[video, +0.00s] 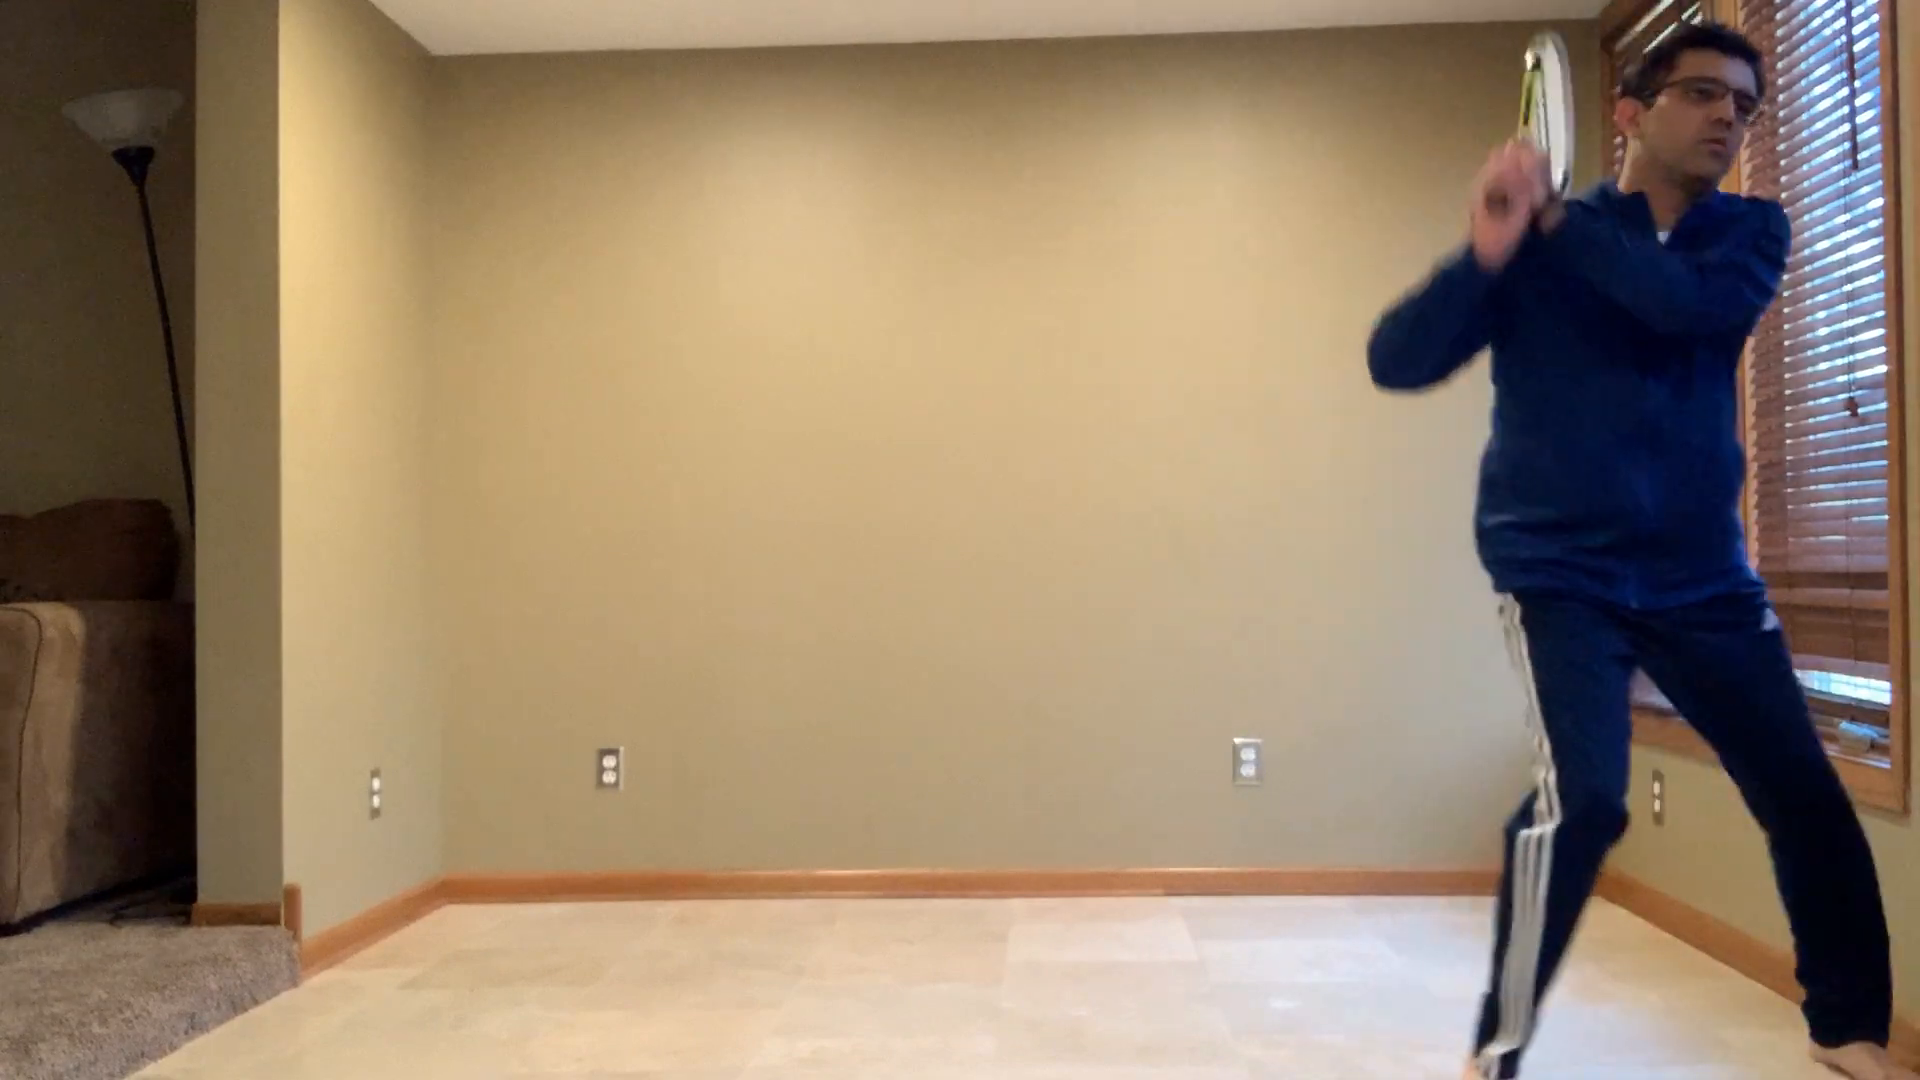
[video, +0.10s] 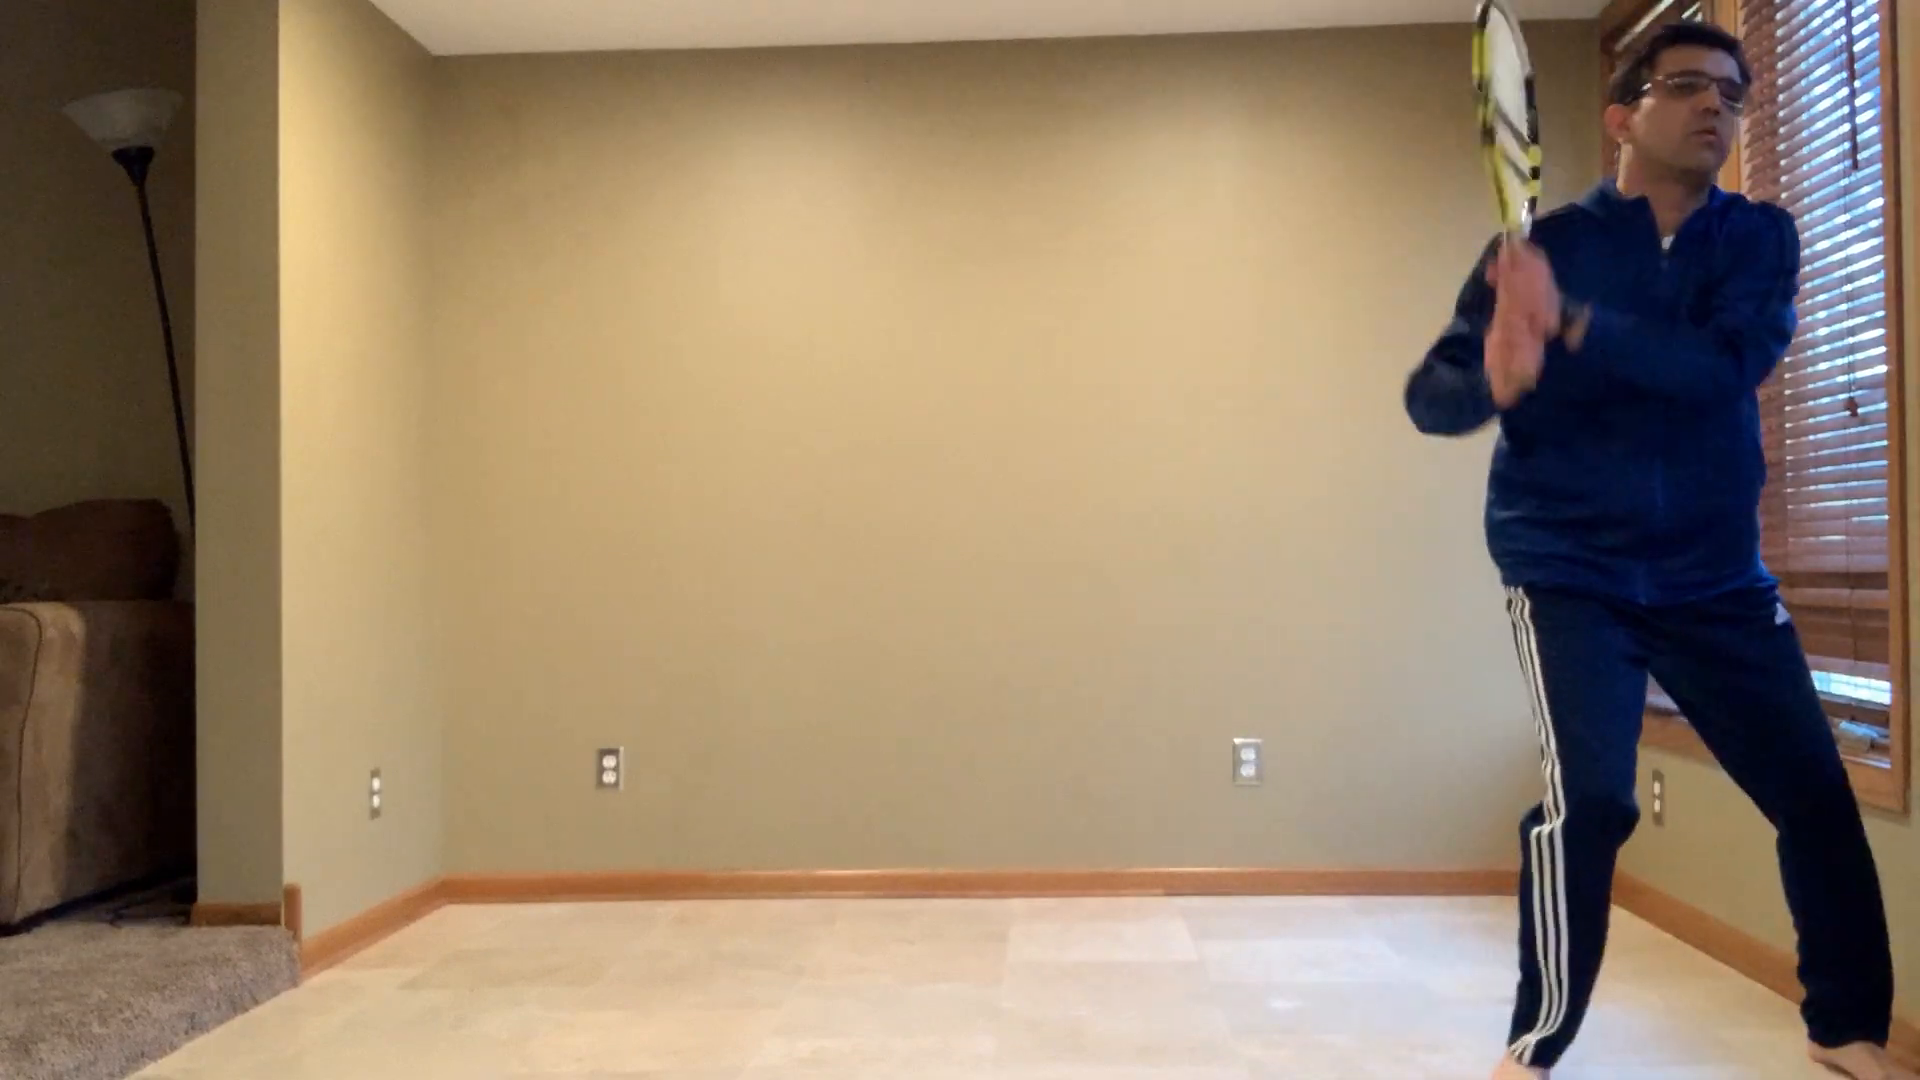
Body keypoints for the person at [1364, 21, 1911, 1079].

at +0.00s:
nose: (1727, 118)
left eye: (1741, 105)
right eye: (1702, 94)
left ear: (1746, 129)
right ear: (1630, 113)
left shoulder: (1746, 228)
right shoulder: (1545, 233)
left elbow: (1696, 310)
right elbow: (1397, 360)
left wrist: (1552, 217)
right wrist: (1484, 256)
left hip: (1698, 566)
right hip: (1557, 563)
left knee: (1806, 797)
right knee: (1584, 802)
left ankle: (1851, 1036)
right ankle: (1494, 1051)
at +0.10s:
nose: (1719, 107)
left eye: (1731, 94)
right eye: (1691, 89)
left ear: (1742, 122)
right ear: (1623, 116)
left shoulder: (1758, 233)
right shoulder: (1543, 246)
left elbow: (1728, 363)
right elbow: (1431, 396)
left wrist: (1578, 327)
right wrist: (1494, 380)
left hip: (1712, 568)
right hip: (1569, 568)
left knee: (1817, 794)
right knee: (1590, 800)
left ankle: (1847, 1035)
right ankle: (1532, 1049)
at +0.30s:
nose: (1562, 106)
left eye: (1585, 88)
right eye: (1537, 89)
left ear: (1613, 116)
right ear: (1492, 117)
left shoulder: (1666, 242)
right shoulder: (1439, 264)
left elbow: (1689, 400)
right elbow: (1378, 409)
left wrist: (1542, 412)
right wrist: (1433, 454)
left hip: (1663, 575)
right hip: (1514, 581)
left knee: (1765, 792)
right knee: (1501, 803)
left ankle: (1845, 1030)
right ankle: (1516, 979)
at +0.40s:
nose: (1461, 117)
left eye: (1483, 97)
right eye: (1436, 101)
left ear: (1514, 117)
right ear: (1399, 130)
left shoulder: (1578, 233)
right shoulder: (1358, 274)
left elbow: (1639, 390)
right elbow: (1312, 434)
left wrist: (1537, 433)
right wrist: (1411, 469)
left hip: (1587, 570)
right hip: (1445, 587)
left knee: (1706, 774)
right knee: (1462, 811)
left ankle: (1818, 1012)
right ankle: (1531, 1006)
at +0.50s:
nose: (1385, 124)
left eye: (1408, 104)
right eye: (1360, 106)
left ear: (1440, 127)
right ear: (1325, 134)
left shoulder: (1506, 238)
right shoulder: (1284, 280)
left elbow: (1570, 377)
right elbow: (1260, 449)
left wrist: (1509, 435)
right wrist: (1394, 480)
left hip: (1515, 556)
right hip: (1383, 579)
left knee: (1595, 759)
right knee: (1435, 805)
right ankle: (1533, 1001)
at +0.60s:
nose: (1317, 108)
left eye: (1339, 89)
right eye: (1293, 91)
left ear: (1373, 110)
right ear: (1260, 116)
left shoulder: (1437, 229)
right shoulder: (1216, 258)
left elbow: (1486, 373)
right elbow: (1197, 427)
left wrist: (1433, 439)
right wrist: (1328, 492)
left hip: (1427, 547)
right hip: (1303, 567)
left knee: (1443, 766)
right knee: (1378, 791)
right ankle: (1507, 973)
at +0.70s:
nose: (1232, 130)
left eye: (1255, 111)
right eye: (1210, 111)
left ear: (1290, 131)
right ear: (1179, 134)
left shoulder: (1356, 252)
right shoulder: (1134, 272)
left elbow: (1405, 403)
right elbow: (1118, 436)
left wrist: (1316, 486)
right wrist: (1222, 522)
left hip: (1335, 575)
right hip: (1209, 584)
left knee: (1335, 787)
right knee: (1213, 792)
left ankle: (1333, 1006)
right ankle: (1329, 909)